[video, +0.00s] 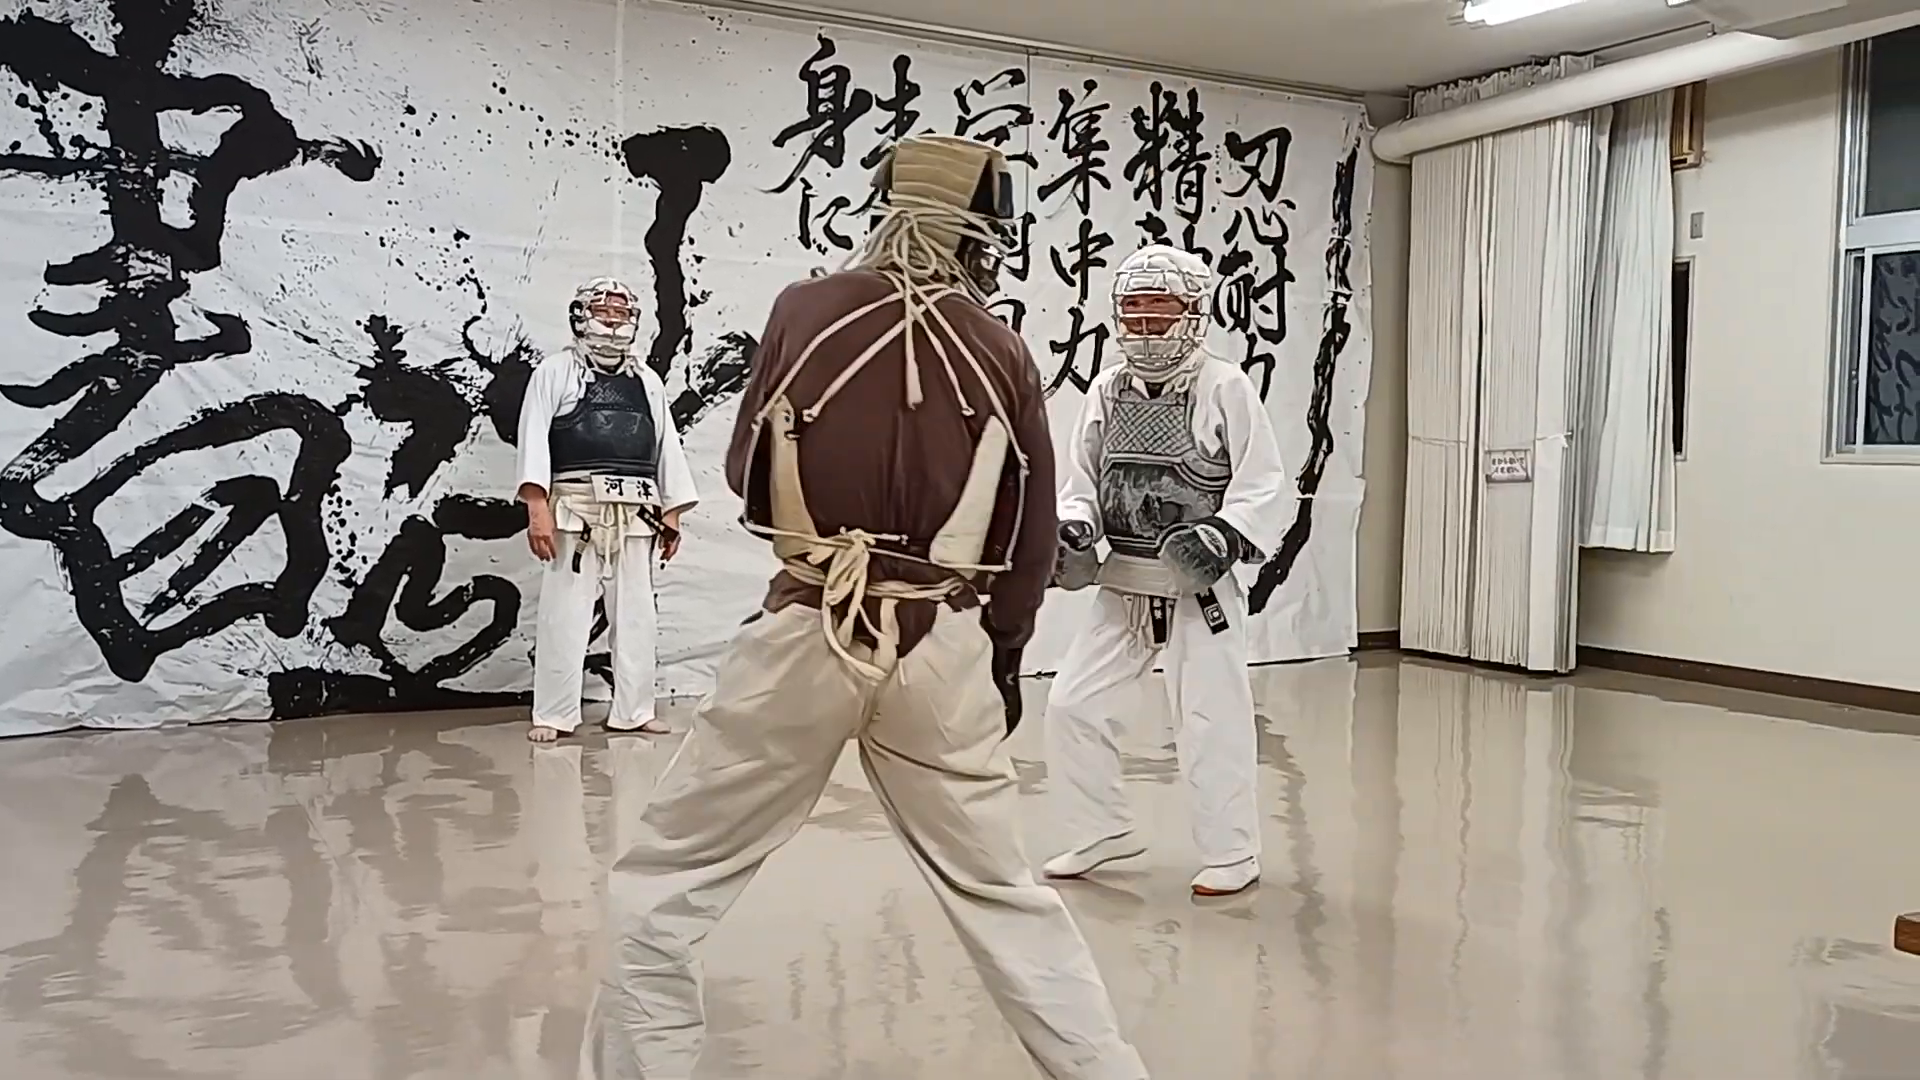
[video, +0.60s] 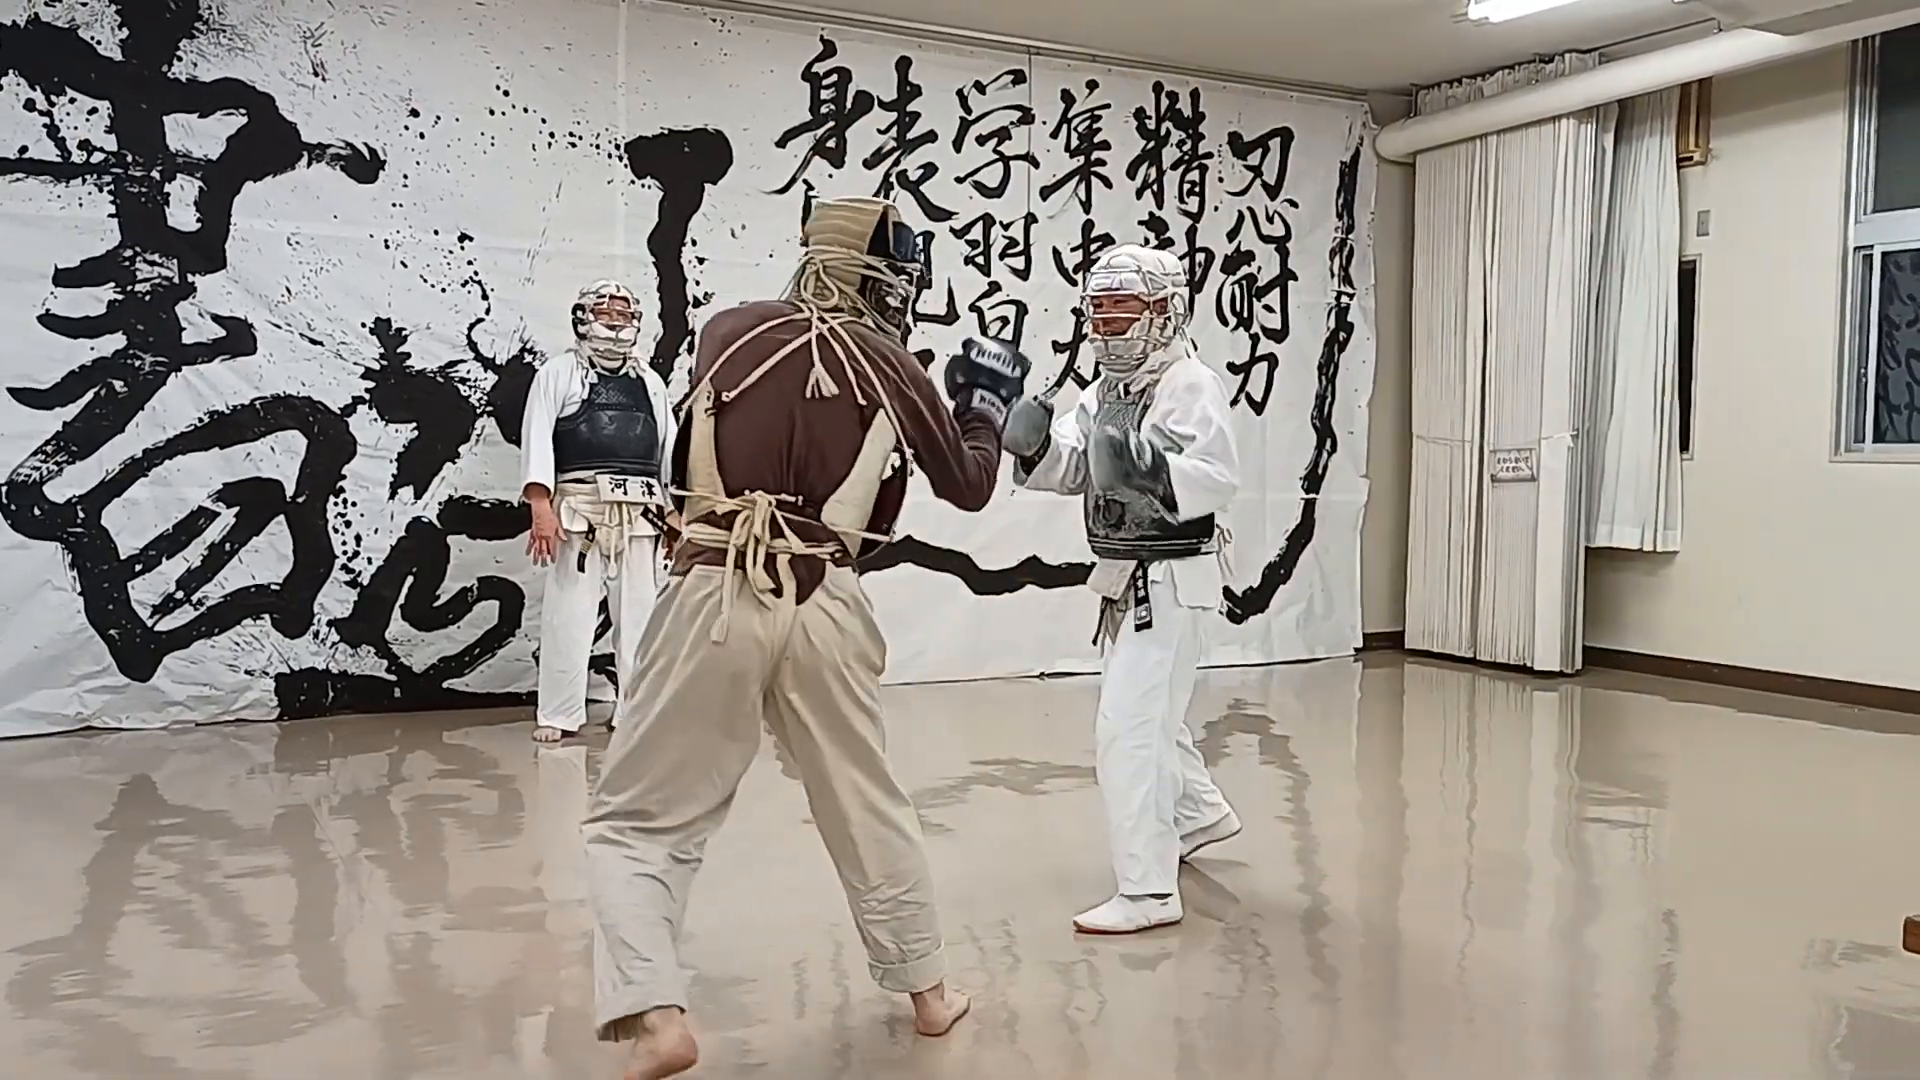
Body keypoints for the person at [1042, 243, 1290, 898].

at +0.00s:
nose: (1144, 321)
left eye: (1160, 308)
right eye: (1133, 308)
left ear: (1191, 313)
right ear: (1118, 315)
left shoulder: (1224, 387)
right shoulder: (1107, 390)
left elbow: (1266, 483)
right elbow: (1079, 481)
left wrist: (1223, 537)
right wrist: (1075, 529)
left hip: (1200, 593)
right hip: (1120, 591)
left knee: (1214, 728)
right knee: (1072, 710)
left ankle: (1230, 855)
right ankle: (1107, 832)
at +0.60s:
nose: (1106, 321)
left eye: (1121, 308)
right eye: (1098, 308)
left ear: (1162, 312)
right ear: (1090, 311)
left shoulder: (1190, 383)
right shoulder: (1104, 390)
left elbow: (1215, 477)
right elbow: (1072, 465)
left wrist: (1142, 463)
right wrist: (1031, 441)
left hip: (1173, 576)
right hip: (1125, 573)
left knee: (1127, 728)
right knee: (1141, 711)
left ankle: (1147, 891)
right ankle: (1198, 809)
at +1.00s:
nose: (1093, 320)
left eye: (1107, 305)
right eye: (1089, 306)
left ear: (1148, 306)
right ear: (1088, 309)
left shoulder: (1171, 372)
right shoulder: (1122, 379)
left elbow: (1175, 471)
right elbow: (1113, 475)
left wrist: (1083, 446)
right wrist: (1052, 443)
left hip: (1166, 569)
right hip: (1135, 567)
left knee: (1116, 709)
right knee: (1164, 710)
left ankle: (1115, 878)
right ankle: (1192, 842)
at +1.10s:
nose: (1085, 323)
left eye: (1099, 310)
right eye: (1081, 310)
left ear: (1140, 311)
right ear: (1079, 314)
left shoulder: (1154, 381)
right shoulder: (1118, 383)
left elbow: (1180, 486)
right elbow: (1113, 491)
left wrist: (1105, 539)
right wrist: (1050, 494)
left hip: (1144, 584)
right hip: (1130, 579)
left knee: (1106, 724)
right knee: (1160, 715)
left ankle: (1072, 884)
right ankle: (1189, 842)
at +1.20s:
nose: (1064, 318)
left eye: (1078, 305)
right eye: (1061, 305)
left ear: (1120, 310)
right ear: (1065, 310)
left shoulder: (1133, 385)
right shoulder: (1103, 384)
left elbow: (1178, 490)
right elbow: (1111, 495)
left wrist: (1117, 557)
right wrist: (1053, 523)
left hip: (1127, 592)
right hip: (1114, 588)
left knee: (1076, 730)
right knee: (1147, 716)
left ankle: (1058, 893)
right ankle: (1186, 839)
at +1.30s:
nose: (1045, 314)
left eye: (1058, 300)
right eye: (1041, 301)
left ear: (1098, 303)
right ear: (1047, 304)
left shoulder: (1112, 381)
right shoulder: (1090, 376)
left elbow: (1142, 494)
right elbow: (1095, 485)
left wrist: (1057, 538)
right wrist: (1036, 505)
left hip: (1114, 589)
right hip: (1110, 582)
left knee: (1053, 729)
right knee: (1121, 718)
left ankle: (1052, 896)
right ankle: (1175, 842)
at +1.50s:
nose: (1025, 306)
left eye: (1038, 293)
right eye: (1024, 293)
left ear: (1077, 296)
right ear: (1057, 299)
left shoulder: (1088, 370)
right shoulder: (1085, 366)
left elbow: (1090, 478)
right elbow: (1068, 471)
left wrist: (1002, 507)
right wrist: (998, 460)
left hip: (1081, 576)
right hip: (1105, 571)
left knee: (1030, 726)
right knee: (1087, 719)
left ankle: (1050, 899)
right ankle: (1139, 862)